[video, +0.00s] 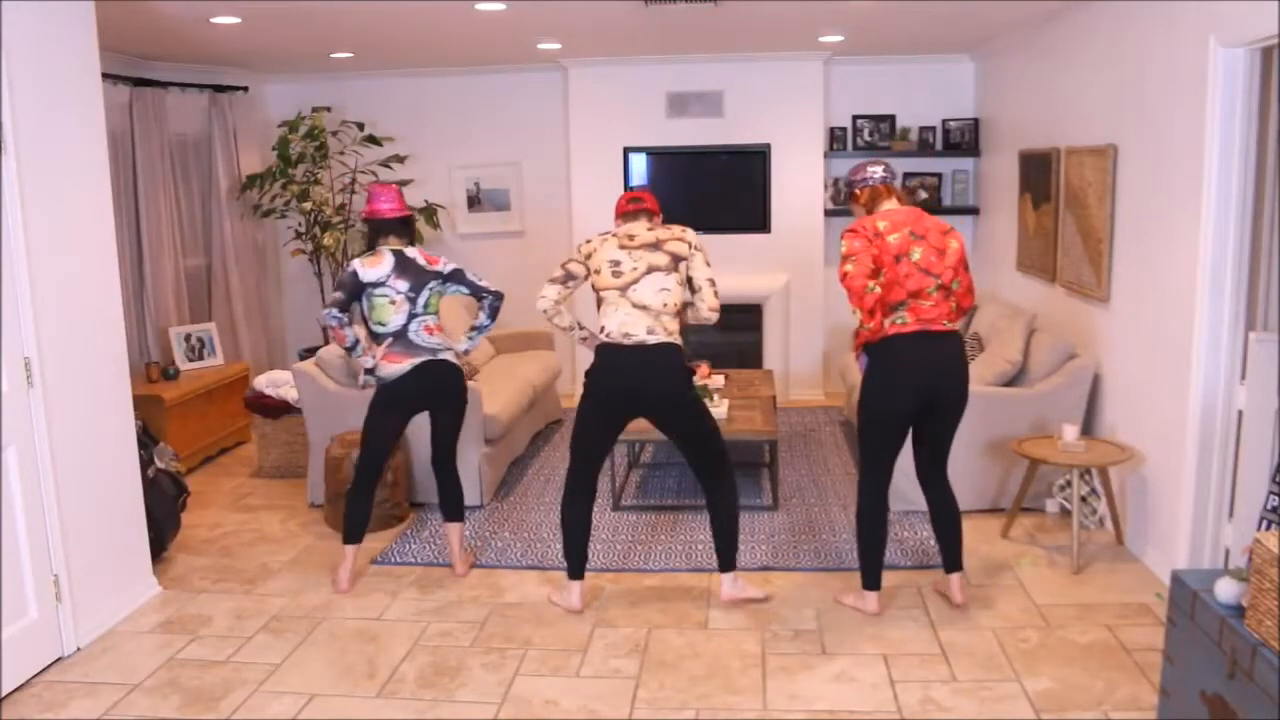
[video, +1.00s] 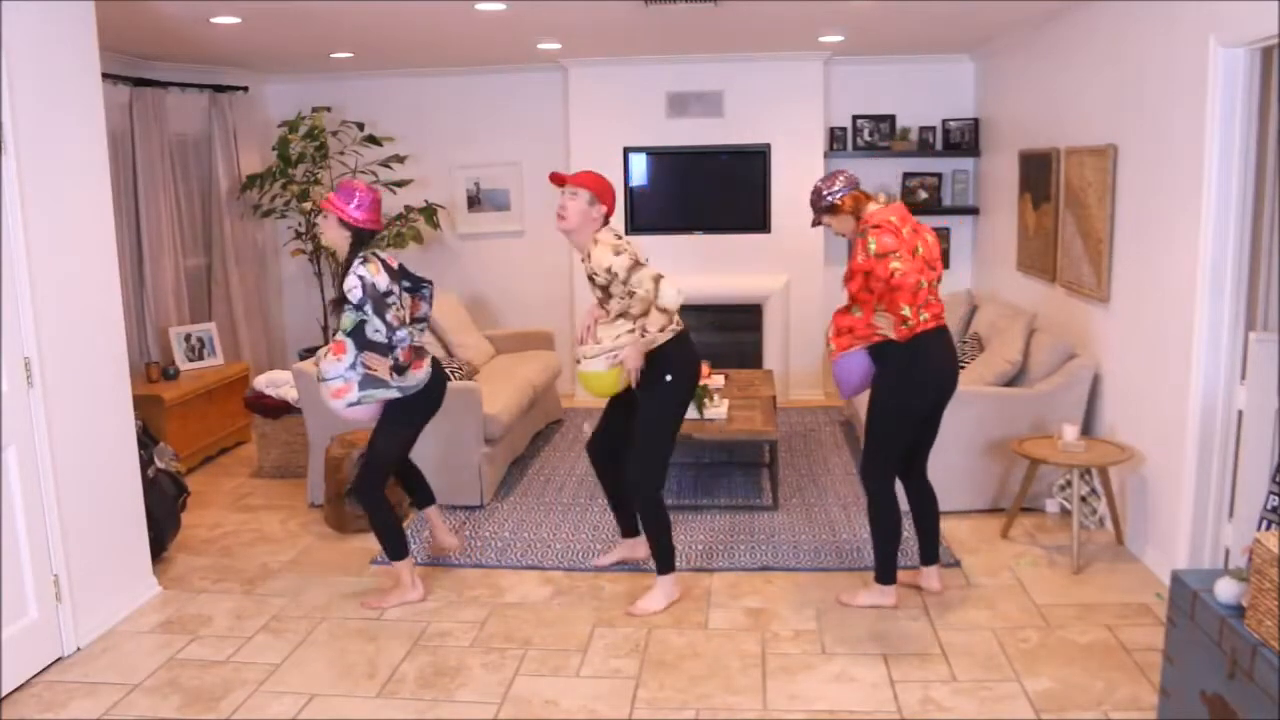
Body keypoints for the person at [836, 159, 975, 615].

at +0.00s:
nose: (854, 208)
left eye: (853, 201)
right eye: (853, 202)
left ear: (862, 197)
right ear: (895, 191)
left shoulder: (861, 234)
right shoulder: (944, 230)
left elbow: (866, 298)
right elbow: (965, 300)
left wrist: (864, 342)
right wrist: (935, 335)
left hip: (896, 360)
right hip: (949, 359)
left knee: (874, 477)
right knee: (934, 470)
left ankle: (870, 592)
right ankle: (956, 580)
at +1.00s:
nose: (832, 232)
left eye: (829, 223)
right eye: (826, 225)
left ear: (845, 207)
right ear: (853, 202)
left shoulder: (873, 233)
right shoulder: (910, 222)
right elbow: (934, 270)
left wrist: (841, 330)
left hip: (906, 357)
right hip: (940, 352)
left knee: (875, 471)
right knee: (912, 467)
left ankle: (884, 585)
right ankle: (930, 570)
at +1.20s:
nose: (827, 238)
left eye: (825, 230)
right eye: (822, 233)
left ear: (842, 213)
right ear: (837, 215)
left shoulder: (886, 238)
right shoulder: (872, 234)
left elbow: (907, 307)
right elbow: (862, 296)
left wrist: (846, 333)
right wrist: (834, 326)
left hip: (912, 363)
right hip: (899, 360)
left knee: (876, 470)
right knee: (879, 466)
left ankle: (884, 585)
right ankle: (913, 559)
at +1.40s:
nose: (830, 230)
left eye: (829, 221)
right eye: (825, 224)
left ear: (848, 205)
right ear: (838, 210)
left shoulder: (892, 237)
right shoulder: (862, 236)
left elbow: (909, 311)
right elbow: (859, 294)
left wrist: (847, 328)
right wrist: (828, 318)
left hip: (915, 360)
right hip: (891, 358)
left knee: (877, 469)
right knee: (877, 465)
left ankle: (886, 585)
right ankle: (900, 561)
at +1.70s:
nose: (844, 222)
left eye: (849, 211)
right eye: (836, 214)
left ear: (871, 198)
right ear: (832, 210)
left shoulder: (911, 235)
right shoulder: (848, 238)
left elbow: (930, 307)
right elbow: (841, 294)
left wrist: (866, 323)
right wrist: (819, 322)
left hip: (916, 361)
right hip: (876, 359)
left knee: (890, 471)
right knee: (854, 463)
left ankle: (898, 582)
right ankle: (894, 552)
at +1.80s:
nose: (849, 219)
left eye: (856, 208)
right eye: (841, 211)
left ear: (876, 196)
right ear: (836, 208)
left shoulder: (918, 234)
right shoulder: (845, 235)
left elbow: (938, 303)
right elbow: (838, 289)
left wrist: (874, 324)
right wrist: (821, 321)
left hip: (917, 361)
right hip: (870, 359)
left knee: (894, 471)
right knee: (850, 465)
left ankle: (896, 583)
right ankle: (875, 555)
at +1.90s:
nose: (853, 216)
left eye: (861, 206)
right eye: (845, 208)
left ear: (880, 194)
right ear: (838, 204)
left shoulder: (920, 233)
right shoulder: (841, 234)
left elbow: (939, 300)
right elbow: (828, 290)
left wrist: (877, 321)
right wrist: (821, 320)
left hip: (913, 361)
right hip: (863, 359)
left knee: (893, 469)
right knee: (856, 464)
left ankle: (896, 583)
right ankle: (861, 566)